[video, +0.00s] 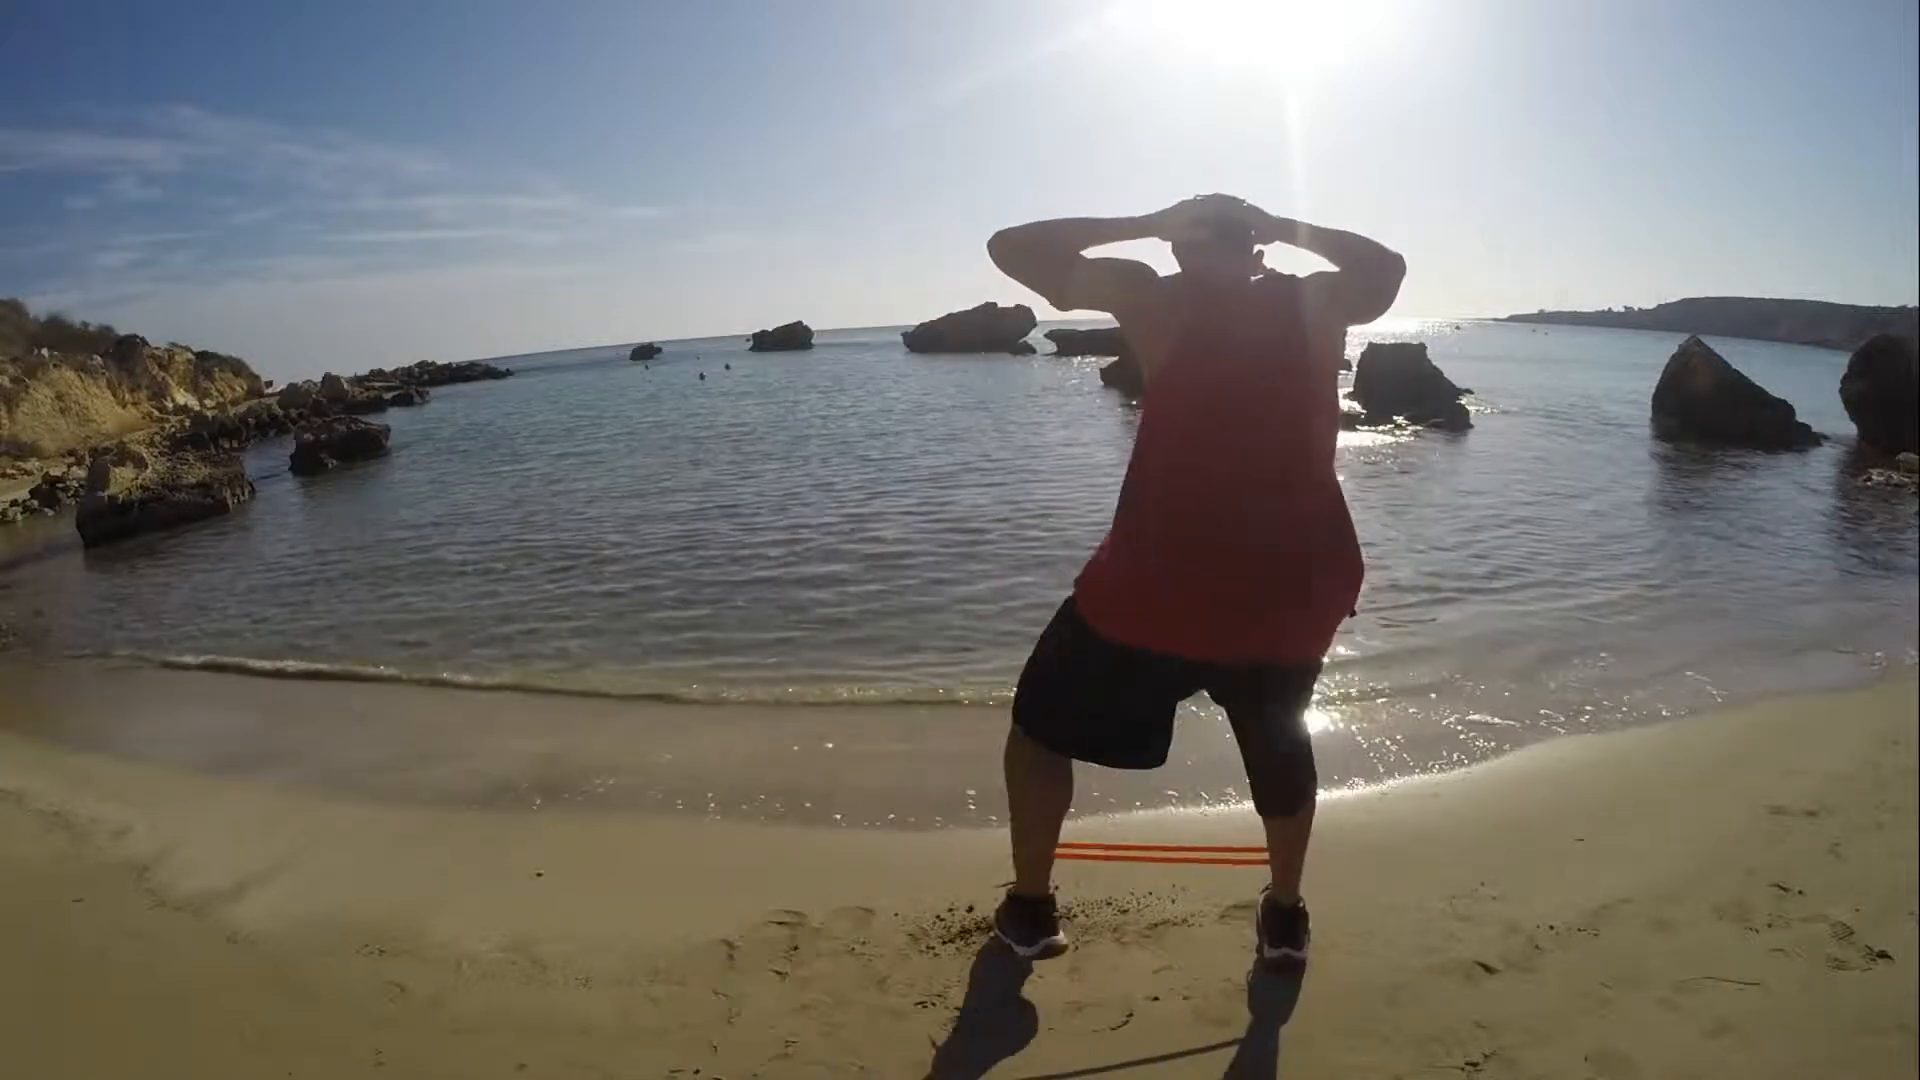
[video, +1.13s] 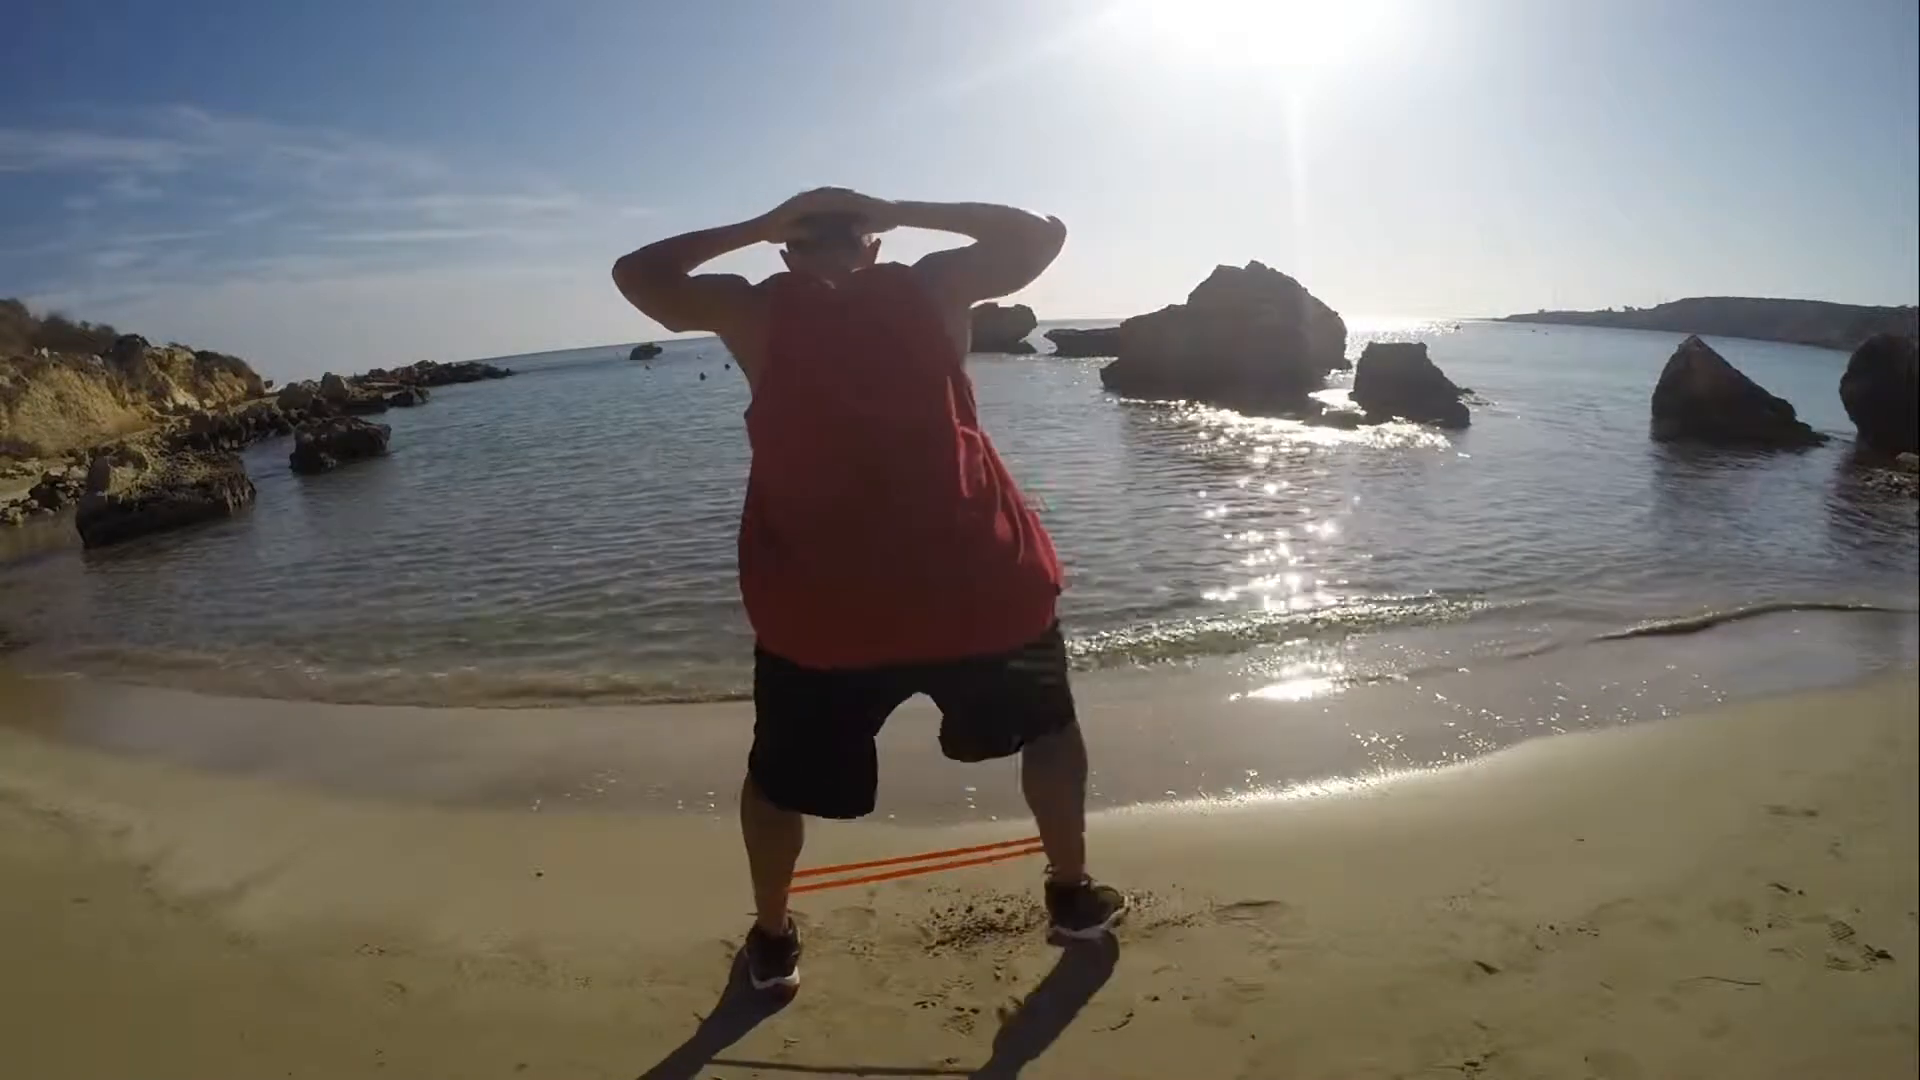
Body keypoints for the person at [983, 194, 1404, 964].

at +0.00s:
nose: (1189, 248)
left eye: (1189, 236)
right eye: (1196, 236)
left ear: (1183, 246)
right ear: (1255, 244)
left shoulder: (1152, 303)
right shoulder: (1320, 301)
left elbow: (1013, 246)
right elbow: (1385, 266)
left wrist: (1147, 222)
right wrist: (1286, 227)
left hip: (1158, 567)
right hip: (1296, 576)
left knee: (1042, 719)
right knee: (1278, 729)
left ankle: (1030, 902)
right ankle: (1285, 910)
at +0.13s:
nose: (1166, 247)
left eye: (1168, 236)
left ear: (1165, 246)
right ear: (1240, 246)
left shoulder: (1136, 303)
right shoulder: (1306, 307)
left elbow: (997, 239)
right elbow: (1369, 269)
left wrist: (1133, 219)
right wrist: (1267, 228)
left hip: (1126, 568)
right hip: (1268, 580)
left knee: (966, 723)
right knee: (1271, 739)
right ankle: (1284, 911)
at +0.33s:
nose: (1116, 265)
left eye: (1117, 253)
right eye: (1114, 254)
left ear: (1089, 270)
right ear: (1157, 271)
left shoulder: (1044, 330)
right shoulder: (1217, 336)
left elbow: (907, 266)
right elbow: (1292, 284)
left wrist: (1047, 244)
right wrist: (1181, 247)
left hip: (1032, 606)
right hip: (1183, 613)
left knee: (884, 773)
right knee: (1243, 763)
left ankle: (788, 932)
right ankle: (1279, 910)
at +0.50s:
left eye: (988, 239)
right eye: (1027, 239)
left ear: (961, 254)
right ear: (1048, 259)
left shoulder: (913, 318)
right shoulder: (1101, 323)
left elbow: (789, 252)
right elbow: (1196, 277)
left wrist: (929, 228)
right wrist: (1077, 233)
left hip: (924, 604)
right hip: (1080, 604)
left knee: (817, 768)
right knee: (1184, 755)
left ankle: (773, 941)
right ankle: (1257, 898)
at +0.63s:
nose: (914, 223)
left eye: (903, 214)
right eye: (934, 213)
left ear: (878, 238)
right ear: (968, 239)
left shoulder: (833, 298)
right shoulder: (1019, 297)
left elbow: (715, 234)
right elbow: (1128, 250)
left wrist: (851, 208)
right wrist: (995, 211)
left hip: (854, 593)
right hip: (1010, 585)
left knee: (785, 773)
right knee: (1092, 748)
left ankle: (771, 940)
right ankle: (1126, 904)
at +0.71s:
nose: (880, 220)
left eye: (871, 210)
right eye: (889, 210)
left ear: (839, 232)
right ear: (933, 233)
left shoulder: (795, 293)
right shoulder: (986, 289)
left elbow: (680, 238)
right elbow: (1094, 240)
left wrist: (810, 207)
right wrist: (960, 204)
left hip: (826, 590)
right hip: (981, 583)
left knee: (775, 778)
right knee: (1018, 745)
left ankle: (767, 939)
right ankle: (998, 911)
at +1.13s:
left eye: (812, 234)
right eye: (850, 229)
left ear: (788, 248)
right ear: (873, 241)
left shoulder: (752, 310)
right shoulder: (932, 288)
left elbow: (637, 272)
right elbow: (1037, 235)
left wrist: (756, 229)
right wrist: (900, 213)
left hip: (819, 589)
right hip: (971, 570)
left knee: (778, 773)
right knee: (1046, 718)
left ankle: (771, 936)